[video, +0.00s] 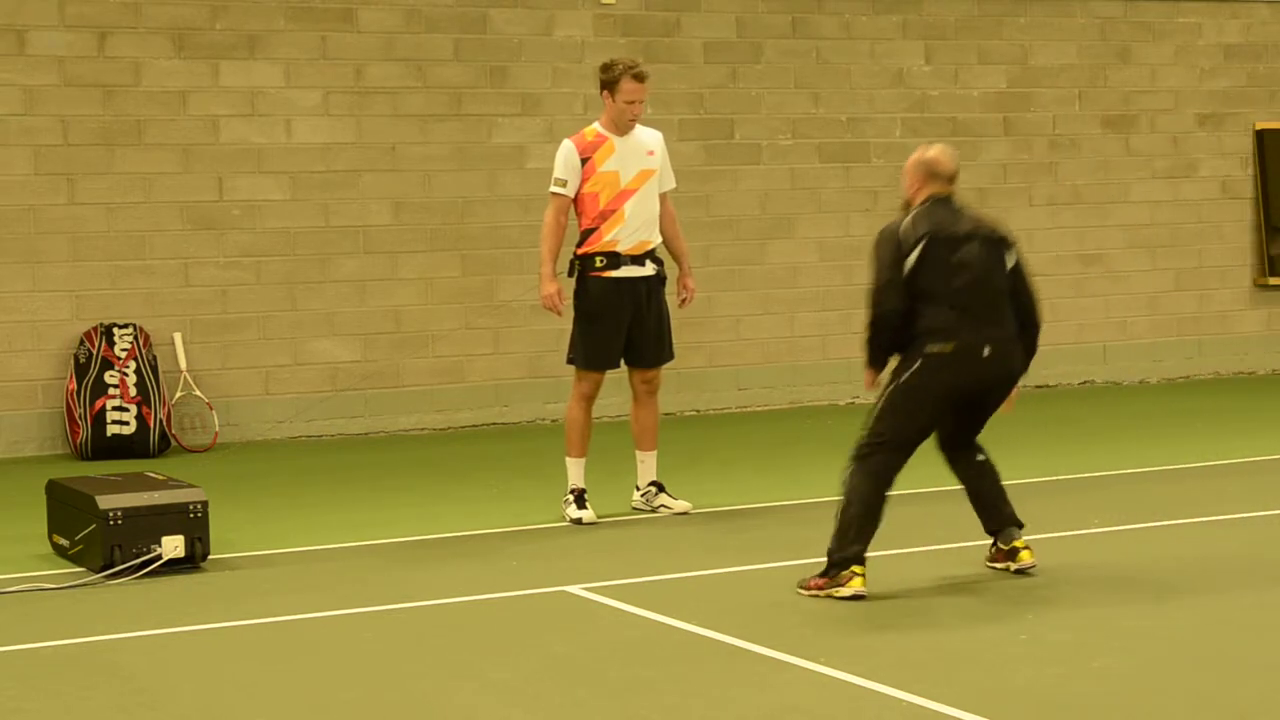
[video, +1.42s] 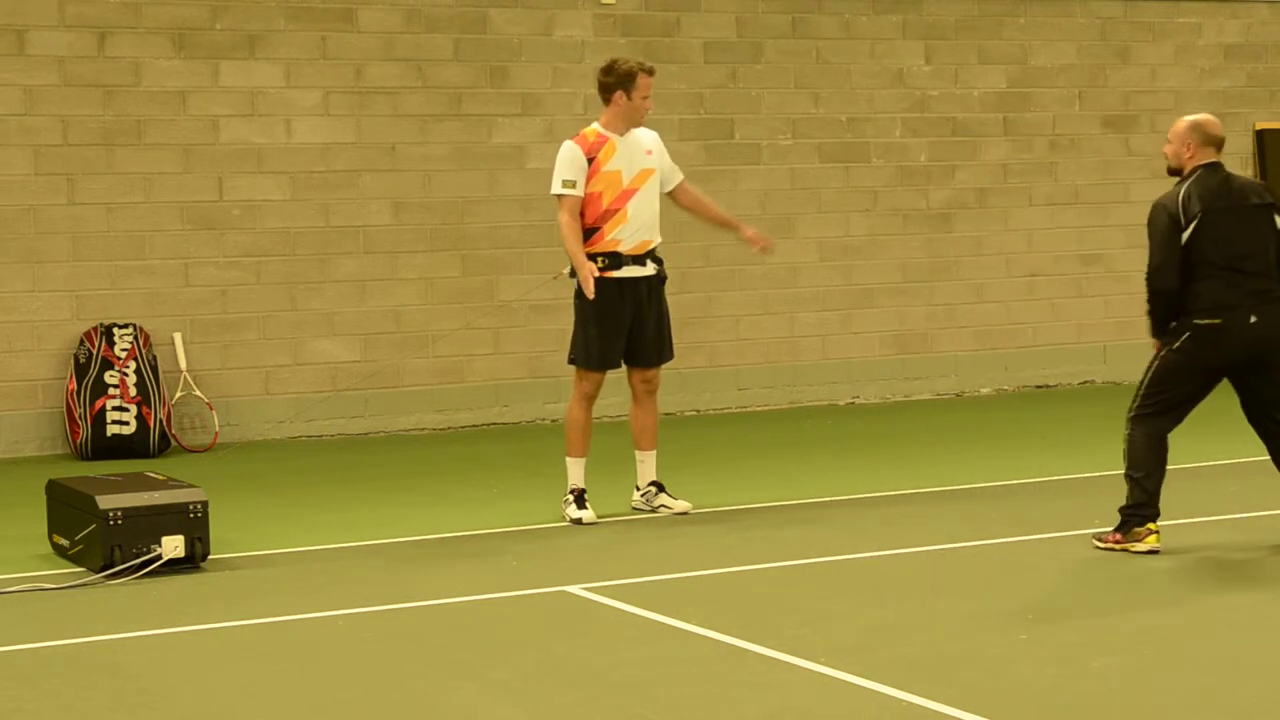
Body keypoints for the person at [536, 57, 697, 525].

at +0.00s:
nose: (638, 110)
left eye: (642, 102)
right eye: (630, 102)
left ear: (644, 100)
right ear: (606, 98)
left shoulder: (653, 142)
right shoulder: (576, 149)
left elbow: (665, 208)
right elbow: (556, 215)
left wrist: (684, 264)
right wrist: (548, 275)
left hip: (648, 280)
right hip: (599, 282)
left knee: (647, 383)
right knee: (586, 388)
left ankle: (647, 487)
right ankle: (576, 492)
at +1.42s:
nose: (650, 105)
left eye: (651, 97)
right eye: (645, 98)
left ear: (627, 98)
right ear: (617, 98)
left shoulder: (650, 143)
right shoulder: (579, 149)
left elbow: (685, 194)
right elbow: (567, 216)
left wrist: (740, 227)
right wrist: (581, 267)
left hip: (646, 280)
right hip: (601, 281)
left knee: (646, 383)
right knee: (586, 388)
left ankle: (647, 487)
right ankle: (575, 491)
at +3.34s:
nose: (617, 113)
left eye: (623, 105)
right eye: (609, 105)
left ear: (631, 101)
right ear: (591, 101)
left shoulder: (649, 142)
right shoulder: (572, 151)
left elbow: (663, 207)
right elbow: (553, 213)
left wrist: (680, 262)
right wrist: (543, 263)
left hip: (646, 279)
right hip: (598, 282)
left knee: (646, 383)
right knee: (586, 387)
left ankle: (647, 487)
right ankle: (576, 492)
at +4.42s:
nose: (617, 110)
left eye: (625, 102)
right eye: (614, 101)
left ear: (645, 102)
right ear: (611, 101)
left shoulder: (683, 143)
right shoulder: (603, 146)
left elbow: (703, 218)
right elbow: (571, 205)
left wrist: (719, 274)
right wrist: (523, 245)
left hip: (668, 278)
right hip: (617, 277)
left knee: (662, 384)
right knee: (598, 383)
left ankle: (656, 487)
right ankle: (577, 489)